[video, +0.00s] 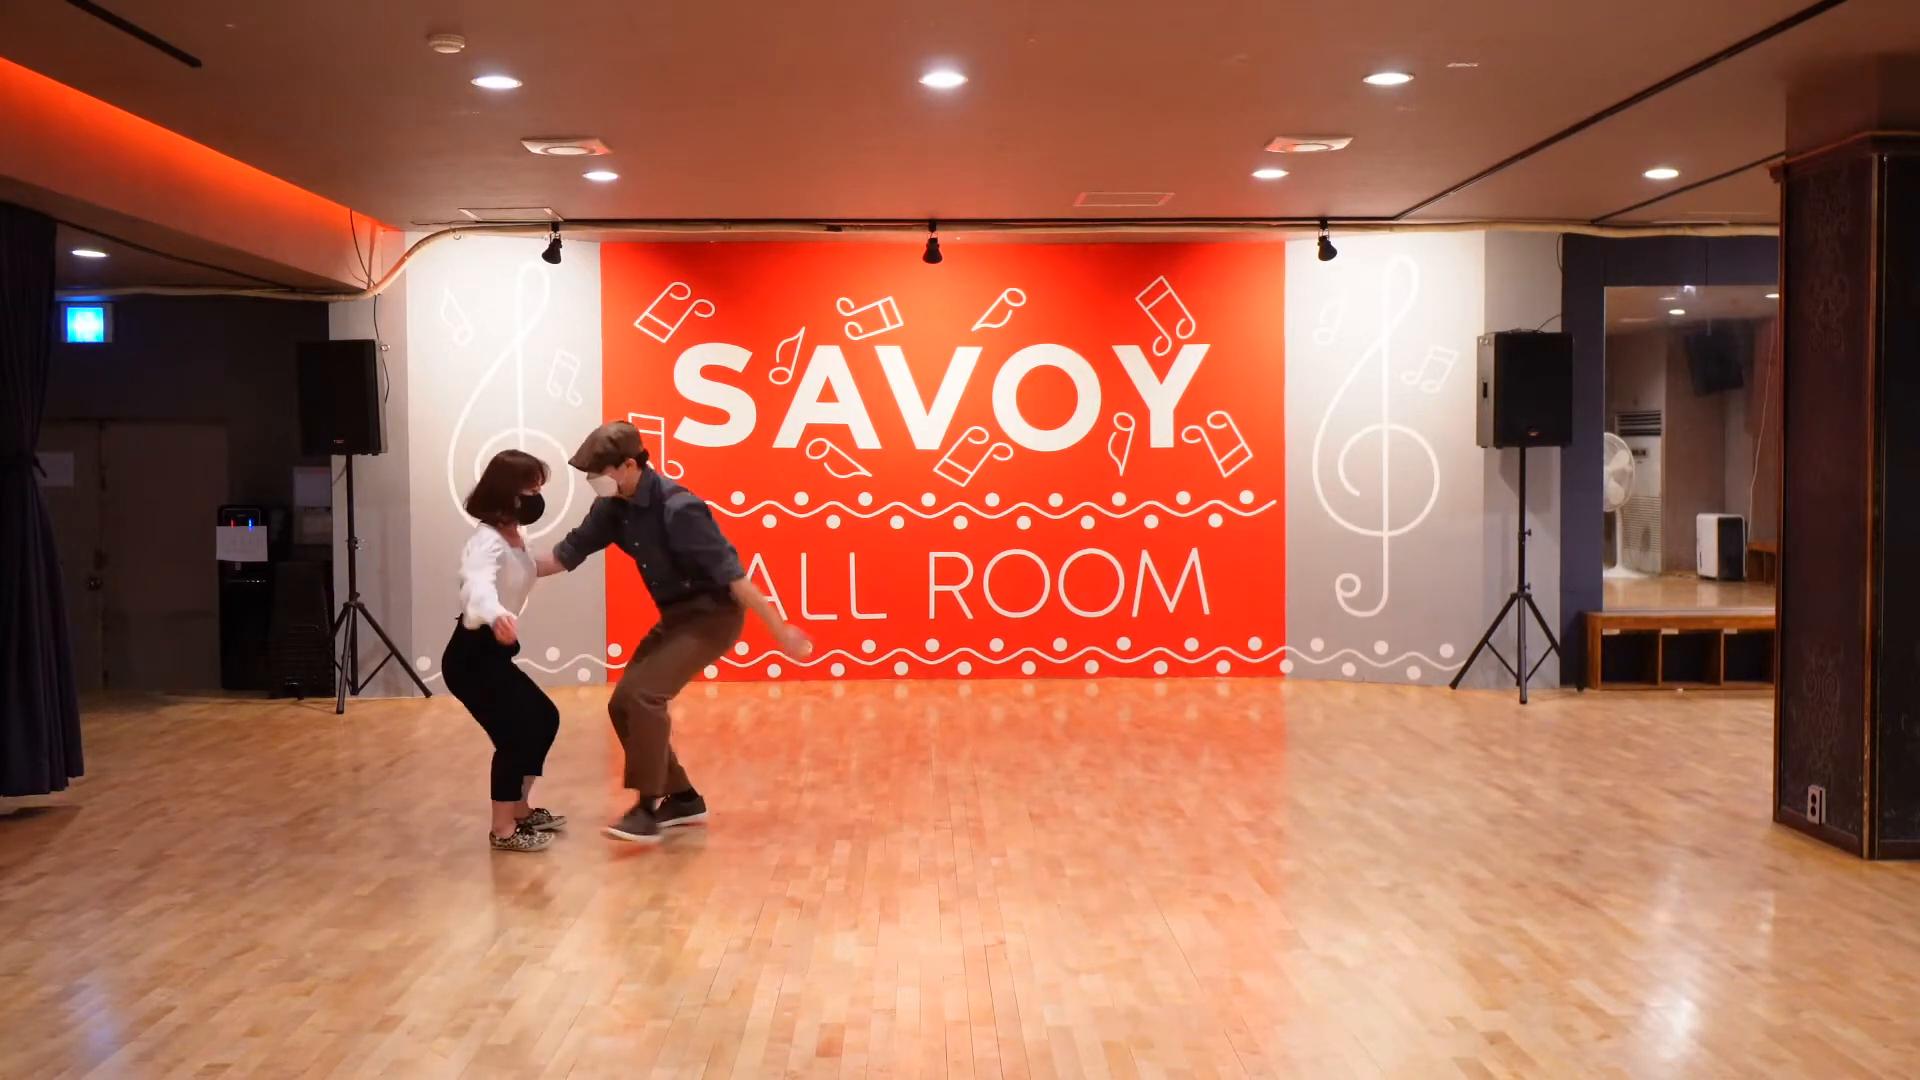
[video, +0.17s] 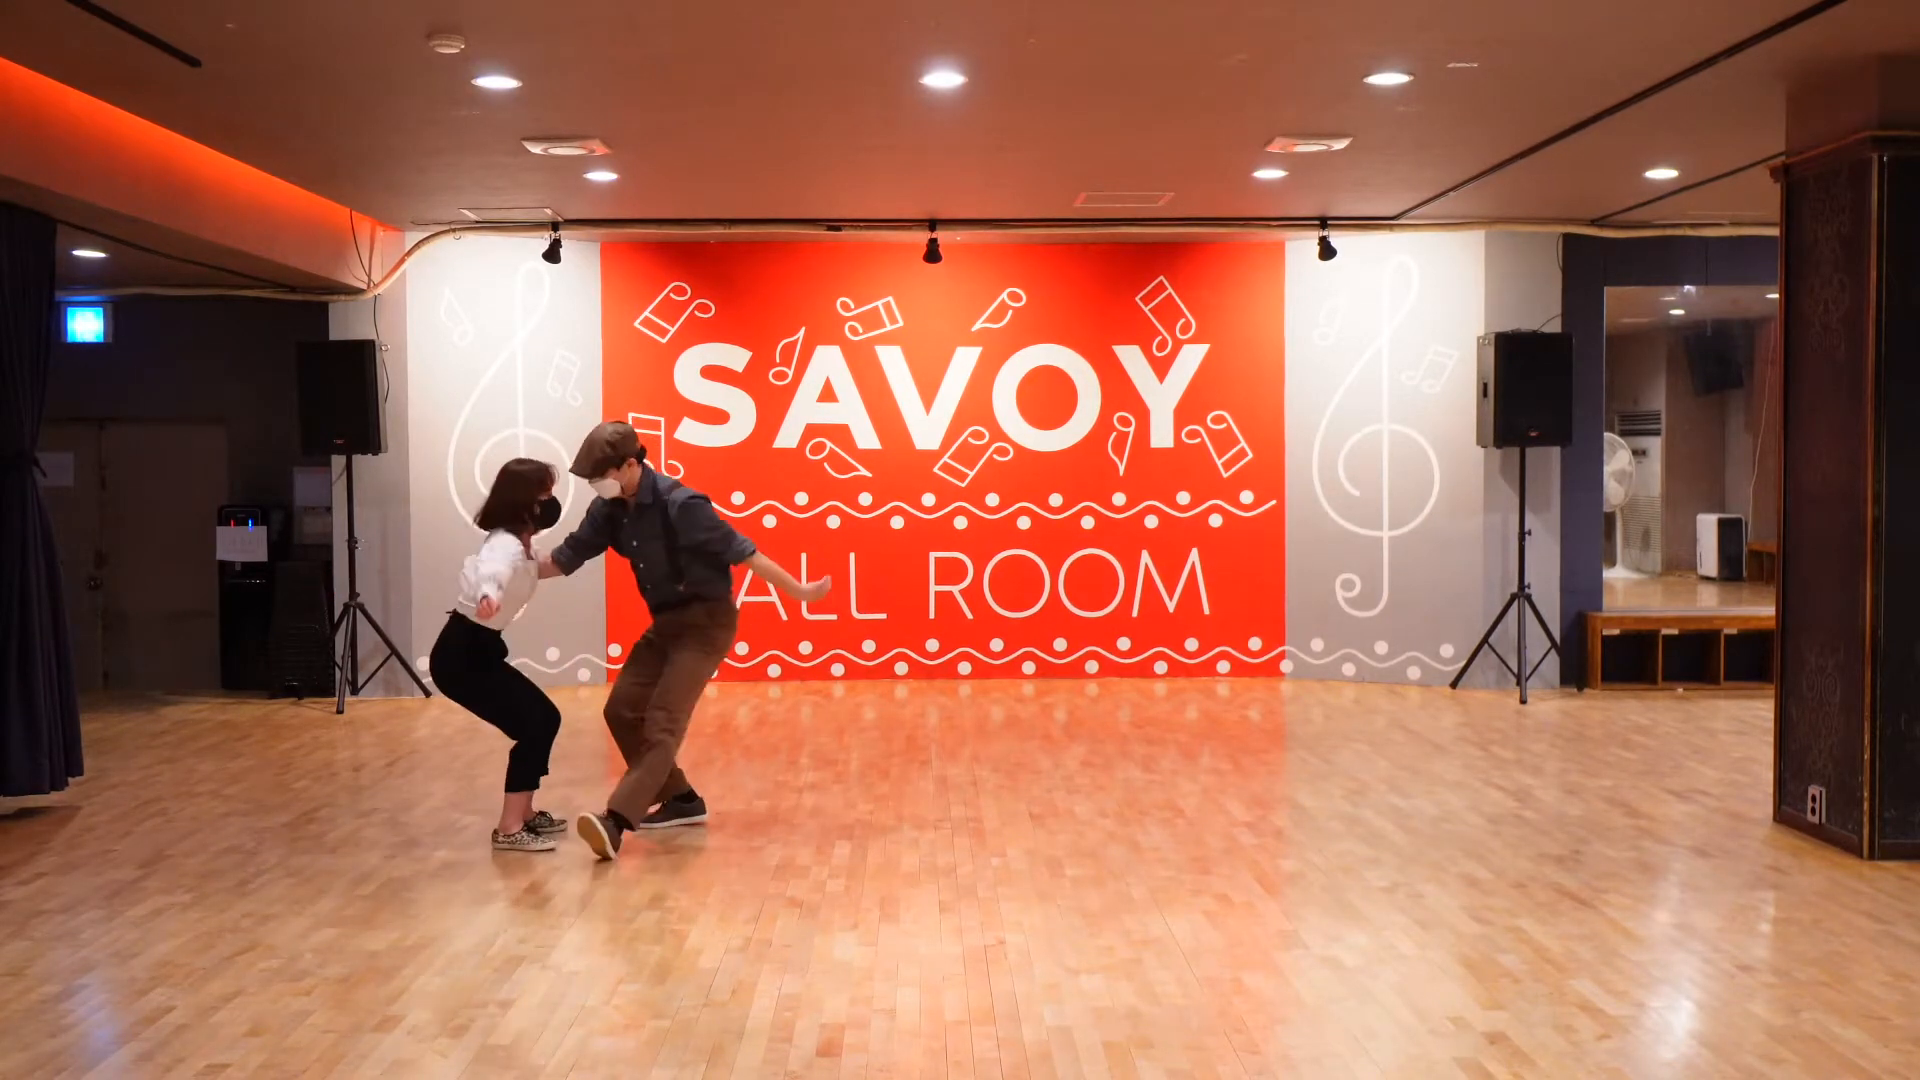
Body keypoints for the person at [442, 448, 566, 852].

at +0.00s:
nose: (537, 497)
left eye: (538, 491)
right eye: (532, 490)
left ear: (508, 495)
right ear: (511, 494)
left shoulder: (512, 536)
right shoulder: (485, 541)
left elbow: (521, 571)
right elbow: (478, 588)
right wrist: (496, 615)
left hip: (492, 654)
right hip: (470, 660)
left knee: (544, 718)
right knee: (512, 733)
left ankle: (521, 810)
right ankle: (502, 829)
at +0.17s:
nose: (552, 499)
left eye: (551, 492)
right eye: (546, 493)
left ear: (512, 497)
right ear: (529, 500)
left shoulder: (519, 544)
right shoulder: (506, 543)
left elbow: (527, 568)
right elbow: (490, 572)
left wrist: (553, 564)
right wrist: (489, 595)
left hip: (480, 655)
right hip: (461, 660)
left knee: (546, 717)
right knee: (534, 726)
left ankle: (523, 814)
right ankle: (509, 829)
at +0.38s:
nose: (564, 501)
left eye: (562, 494)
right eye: (559, 494)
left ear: (518, 499)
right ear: (543, 504)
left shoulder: (520, 551)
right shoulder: (506, 556)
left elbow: (508, 612)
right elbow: (489, 626)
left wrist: (540, 573)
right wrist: (480, 691)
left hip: (477, 646)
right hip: (458, 654)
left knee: (537, 714)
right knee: (528, 722)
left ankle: (521, 813)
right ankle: (510, 827)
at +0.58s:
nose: (554, 483)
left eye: (551, 476)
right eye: (547, 477)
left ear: (517, 491)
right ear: (529, 490)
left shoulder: (524, 541)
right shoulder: (507, 547)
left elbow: (521, 593)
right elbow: (491, 614)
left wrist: (538, 625)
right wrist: (480, 678)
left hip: (482, 639)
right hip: (460, 647)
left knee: (532, 711)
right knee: (516, 722)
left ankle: (518, 810)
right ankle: (504, 829)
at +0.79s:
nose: (545, 474)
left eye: (545, 467)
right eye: (538, 468)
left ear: (536, 473)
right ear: (518, 474)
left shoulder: (537, 511)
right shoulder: (502, 516)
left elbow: (557, 520)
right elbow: (513, 534)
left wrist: (586, 515)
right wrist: (535, 532)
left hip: (491, 629)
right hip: (466, 631)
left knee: (530, 711)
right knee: (507, 722)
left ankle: (521, 814)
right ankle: (504, 829)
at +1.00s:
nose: (553, 463)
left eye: (550, 454)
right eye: (544, 457)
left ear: (527, 469)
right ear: (524, 467)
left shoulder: (538, 514)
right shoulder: (506, 515)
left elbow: (568, 541)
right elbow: (529, 550)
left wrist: (588, 508)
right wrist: (565, 506)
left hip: (505, 626)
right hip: (479, 629)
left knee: (550, 708)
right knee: (523, 720)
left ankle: (526, 810)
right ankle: (508, 829)